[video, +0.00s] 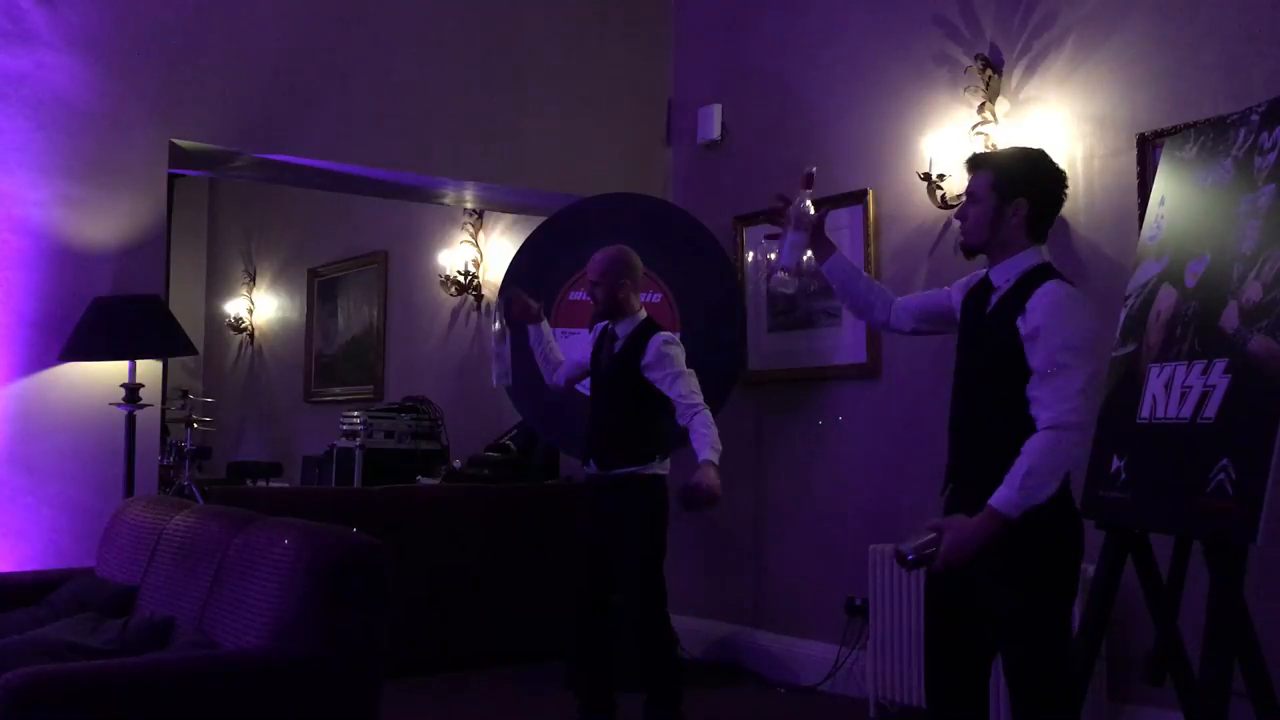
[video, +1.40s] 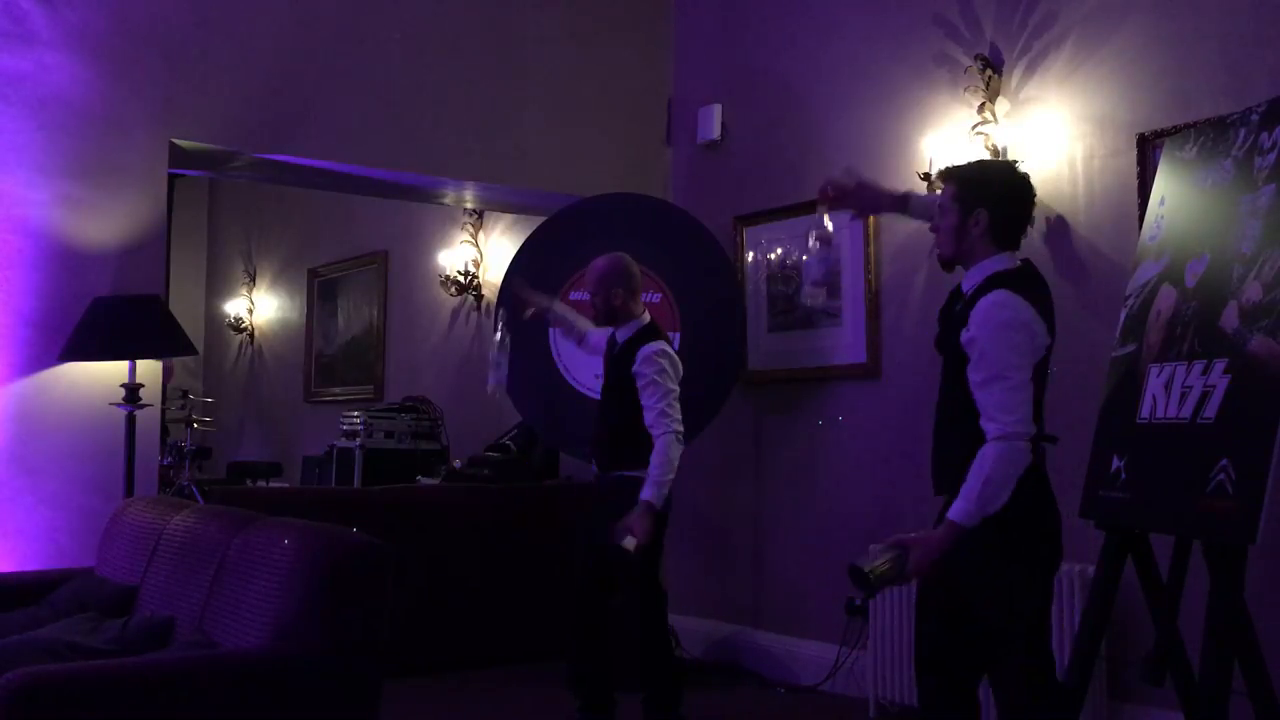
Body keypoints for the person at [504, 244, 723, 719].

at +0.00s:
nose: (588, 292)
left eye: (597, 284)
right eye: (588, 284)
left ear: (626, 287)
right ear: (606, 288)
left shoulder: (658, 343)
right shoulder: (598, 337)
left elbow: (693, 406)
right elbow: (558, 374)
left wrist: (708, 462)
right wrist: (537, 323)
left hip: (641, 487)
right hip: (601, 485)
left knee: (643, 602)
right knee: (597, 598)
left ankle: (661, 705)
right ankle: (596, 702)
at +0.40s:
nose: (573, 303)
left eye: (580, 295)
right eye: (572, 295)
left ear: (608, 295)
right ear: (581, 297)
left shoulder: (648, 351)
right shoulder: (584, 344)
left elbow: (663, 436)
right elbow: (546, 389)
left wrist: (665, 515)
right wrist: (514, 389)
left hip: (636, 494)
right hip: (595, 491)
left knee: (645, 607)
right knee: (594, 602)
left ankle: (662, 705)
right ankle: (595, 702)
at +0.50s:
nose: (574, 305)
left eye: (581, 297)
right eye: (572, 296)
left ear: (609, 297)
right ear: (588, 298)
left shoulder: (650, 354)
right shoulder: (585, 346)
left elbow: (641, 446)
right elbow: (553, 418)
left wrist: (613, 518)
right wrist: (535, 392)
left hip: (640, 493)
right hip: (594, 488)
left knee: (645, 608)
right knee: (592, 603)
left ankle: (662, 706)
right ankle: (594, 703)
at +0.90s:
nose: (586, 299)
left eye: (595, 291)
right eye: (584, 291)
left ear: (623, 290)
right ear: (586, 293)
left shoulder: (659, 346)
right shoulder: (589, 345)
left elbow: (692, 419)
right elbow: (577, 410)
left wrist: (676, 477)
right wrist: (577, 456)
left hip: (648, 490)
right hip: (601, 488)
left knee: (650, 602)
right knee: (599, 599)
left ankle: (664, 704)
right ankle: (597, 702)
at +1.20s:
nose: (586, 307)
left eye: (593, 298)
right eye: (586, 297)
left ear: (621, 296)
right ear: (603, 295)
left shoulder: (661, 348)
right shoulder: (601, 346)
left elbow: (681, 426)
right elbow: (569, 401)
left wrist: (615, 442)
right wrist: (519, 428)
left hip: (646, 492)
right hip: (601, 489)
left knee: (644, 603)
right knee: (593, 600)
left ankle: (664, 703)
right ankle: (595, 701)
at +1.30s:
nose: (590, 306)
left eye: (596, 296)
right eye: (590, 297)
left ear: (623, 295)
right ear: (617, 295)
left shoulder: (659, 353)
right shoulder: (612, 344)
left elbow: (673, 435)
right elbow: (573, 366)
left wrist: (619, 479)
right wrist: (522, 364)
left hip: (645, 492)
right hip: (609, 488)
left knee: (643, 602)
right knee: (598, 597)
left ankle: (662, 701)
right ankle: (597, 698)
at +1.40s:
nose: (590, 303)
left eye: (595, 295)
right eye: (590, 296)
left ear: (619, 296)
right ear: (627, 295)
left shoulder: (652, 354)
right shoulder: (617, 341)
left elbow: (669, 436)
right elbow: (581, 329)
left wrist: (647, 507)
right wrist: (541, 302)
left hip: (637, 494)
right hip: (612, 490)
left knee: (636, 606)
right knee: (607, 600)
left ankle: (660, 702)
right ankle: (598, 698)